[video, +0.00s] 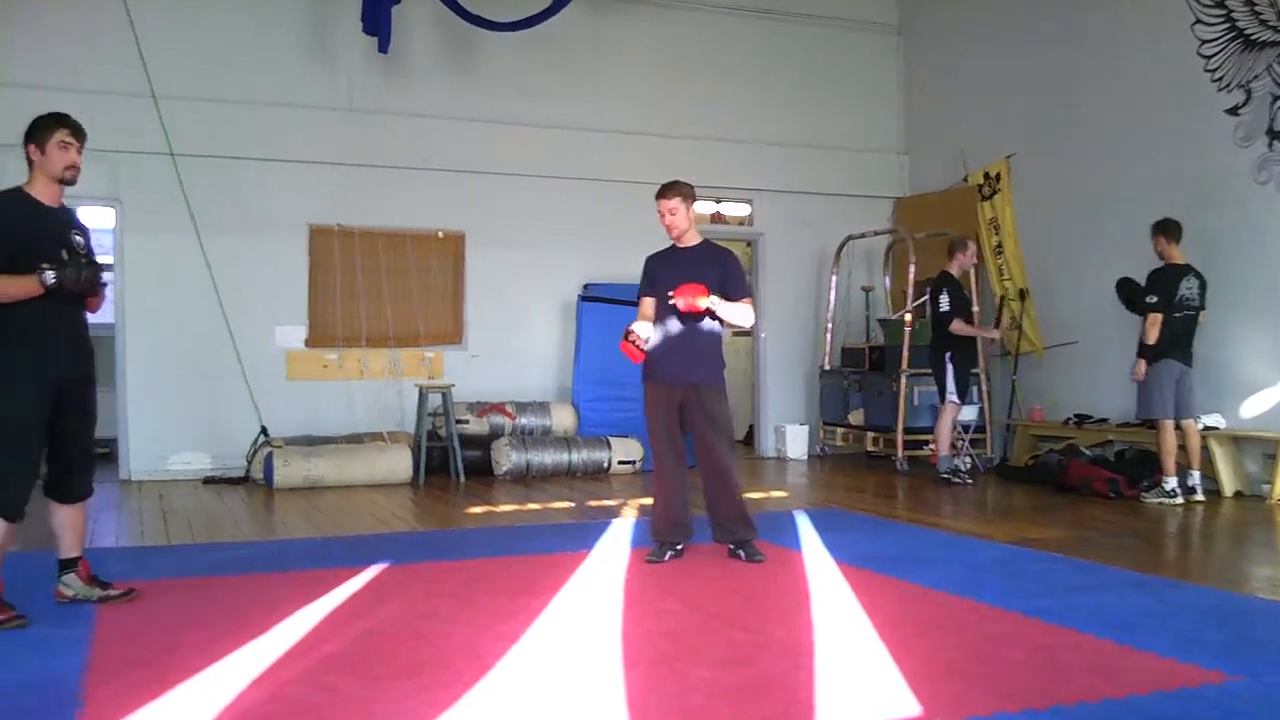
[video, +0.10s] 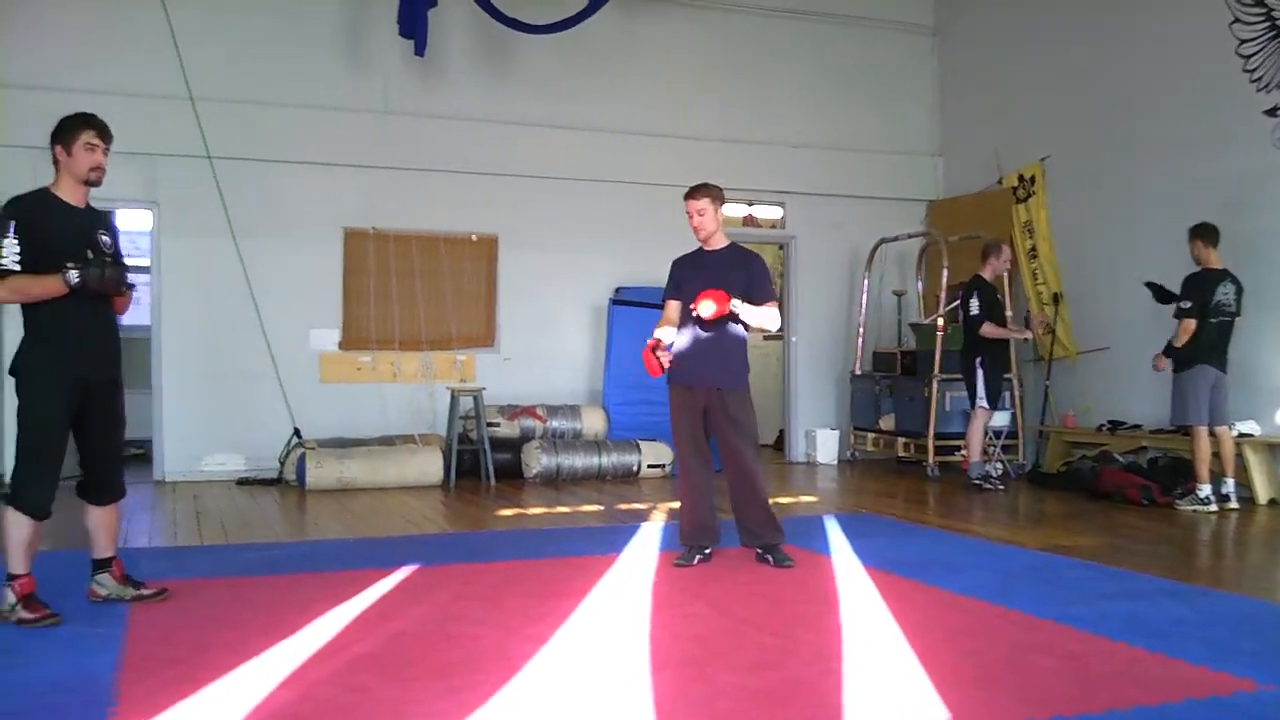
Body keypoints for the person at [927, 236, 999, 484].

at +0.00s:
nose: (975, 260)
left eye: (975, 255)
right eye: (972, 255)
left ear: (958, 256)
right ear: (959, 256)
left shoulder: (955, 284)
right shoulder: (945, 284)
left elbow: (958, 322)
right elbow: (951, 324)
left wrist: (982, 330)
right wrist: (985, 333)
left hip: (956, 351)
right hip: (947, 352)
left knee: (951, 406)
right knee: (951, 405)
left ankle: (946, 460)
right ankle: (944, 463)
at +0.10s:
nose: (1008, 266)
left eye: (1009, 261)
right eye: (1005, 261)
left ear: (993, 261)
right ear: (992, 261)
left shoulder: (989, 289)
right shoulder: (976, 287)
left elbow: (995, 324)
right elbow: (981, 327)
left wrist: (1022, 327)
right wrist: (1016, 334)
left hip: (990, 357)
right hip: (979, 357)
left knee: (983, 412)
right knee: (981, 411)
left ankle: (977, 466)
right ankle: (975, 469)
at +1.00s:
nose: (1038, 271)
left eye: (1040, 267)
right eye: (1035, 266)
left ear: (1024, 266)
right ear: (1020, 264)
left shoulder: (1021, 290)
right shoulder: (1005, 288)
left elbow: (1023, 322)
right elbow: (1000, 325)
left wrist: (1049, 324)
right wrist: (1035, 324)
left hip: (1020, 361)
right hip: (1007, 361)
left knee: (1012, 415)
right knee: (1008, 415)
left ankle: (1005, 468)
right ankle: (1001, 471)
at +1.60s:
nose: (1041, 255)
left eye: (1042, 250)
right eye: (1037, 249)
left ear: (1027, 252)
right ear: (1021, 251)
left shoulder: (1026, 281)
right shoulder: (1009, 278)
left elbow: (1025, 313)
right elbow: (1005, 315)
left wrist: (1051, 314)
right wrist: (1040, 315)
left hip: (1024, 351)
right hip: (1011, 350)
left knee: (1014, 405)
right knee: (1012, 405)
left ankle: (1007, 459)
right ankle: (1005, 462)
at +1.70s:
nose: (1033, 230)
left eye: (1035, 225)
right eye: (1029, 225)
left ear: (1020, 228)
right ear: (1014, 226)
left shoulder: (1019, 256)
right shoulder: (1001, 253)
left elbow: (1017, 287)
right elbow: (998, 290)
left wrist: (1041, 289)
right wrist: (1032, 290)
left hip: (1017, 324)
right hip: (1004, 324)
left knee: (1007, 377)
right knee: (1005, 377)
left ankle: (998, 429)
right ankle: (998, 432)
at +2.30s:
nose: (1053, 208)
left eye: (1054, 203)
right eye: (1049, 203)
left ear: (1048, 206)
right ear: (1033, 204)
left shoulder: (1039, 237)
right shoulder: (1020, 233)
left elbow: (1036, 270)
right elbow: (1015, 271)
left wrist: (1060, 272)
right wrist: (1050, 273)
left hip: (1039, 307)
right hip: (1022, 307)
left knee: (1041, 362)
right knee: (1024, 362)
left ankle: (1026, 415)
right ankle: (1013, 420)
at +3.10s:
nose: (1085, 205)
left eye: (1086, 200)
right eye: (1081, 200)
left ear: (1077, 203)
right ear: (1065, 201)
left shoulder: (1076, 233)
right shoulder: (1049, 229)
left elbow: (1074, 266)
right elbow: (1042, 266)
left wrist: (1097, 270)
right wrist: (1081, 270)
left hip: (1072, 304)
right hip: (1052, 304)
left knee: (1068, 359)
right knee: (1049, 359)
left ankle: (1065, 417)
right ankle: (1028, 416)